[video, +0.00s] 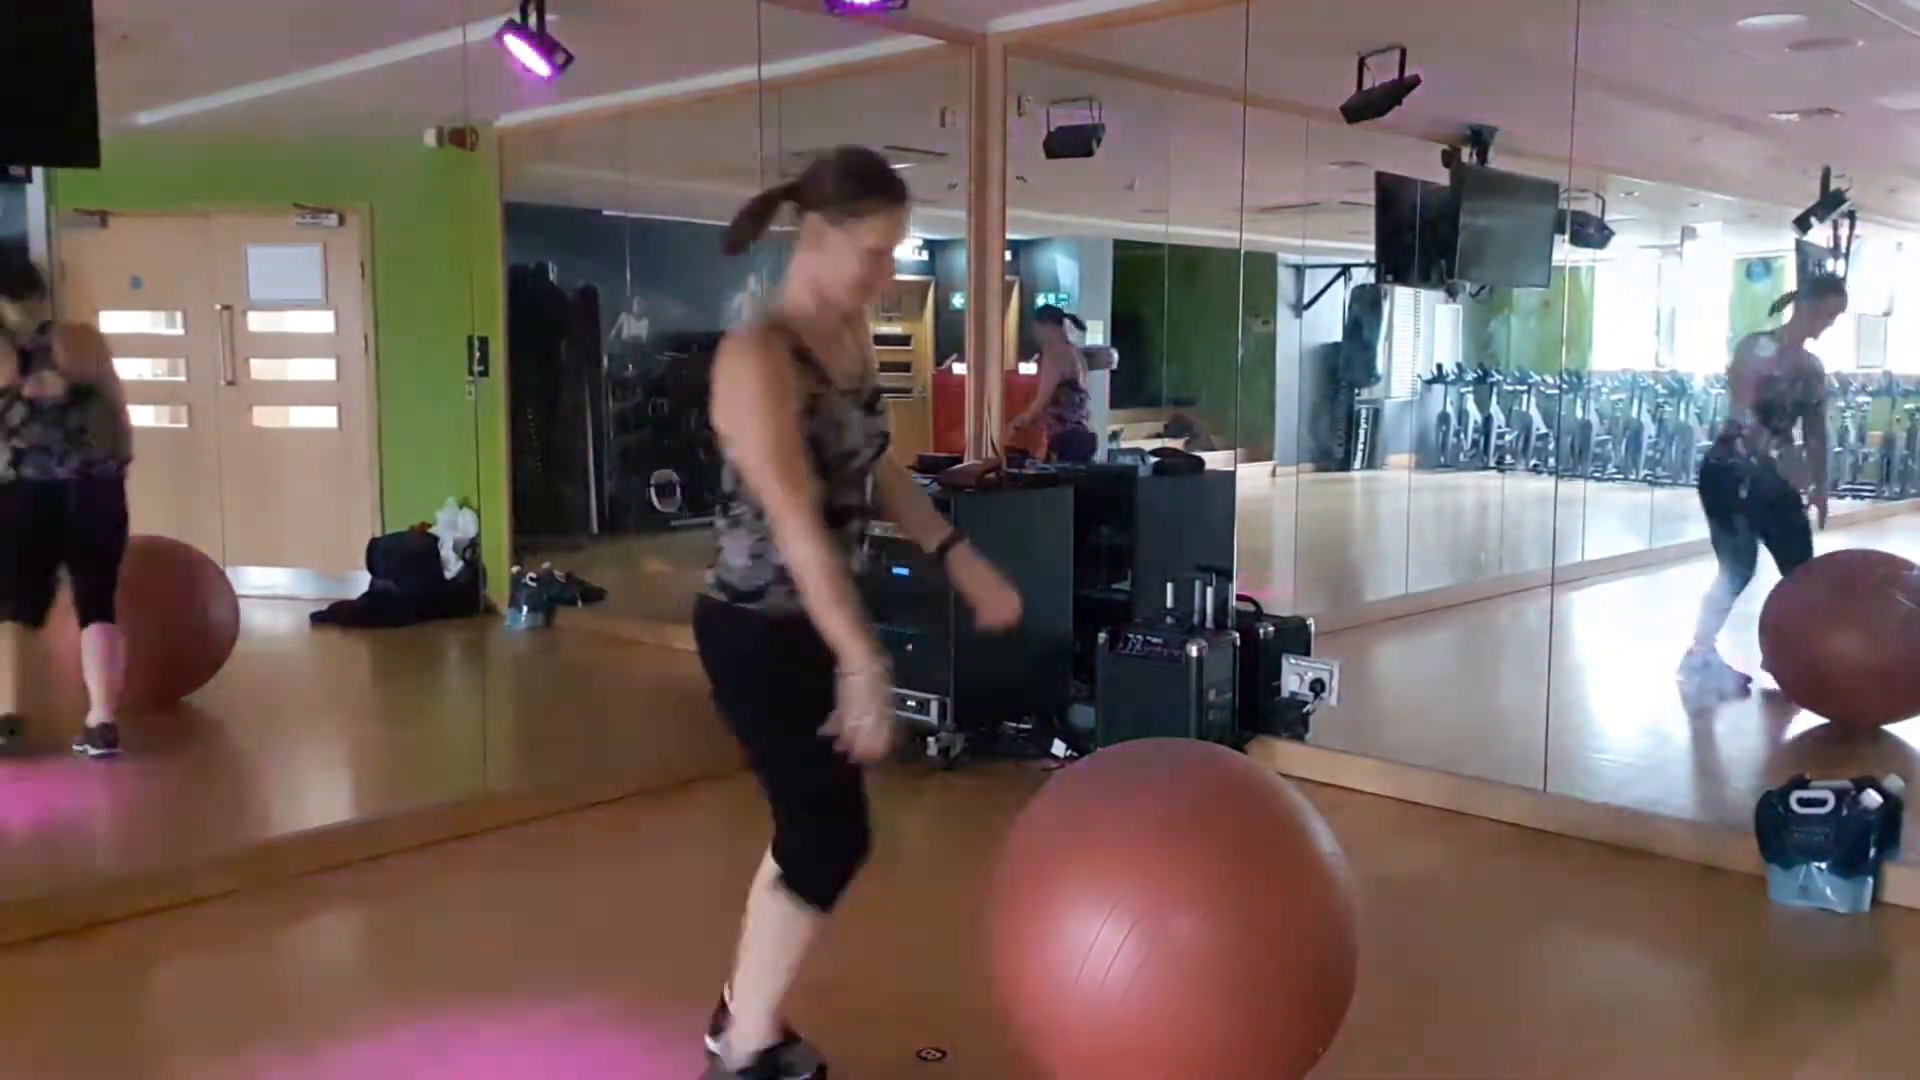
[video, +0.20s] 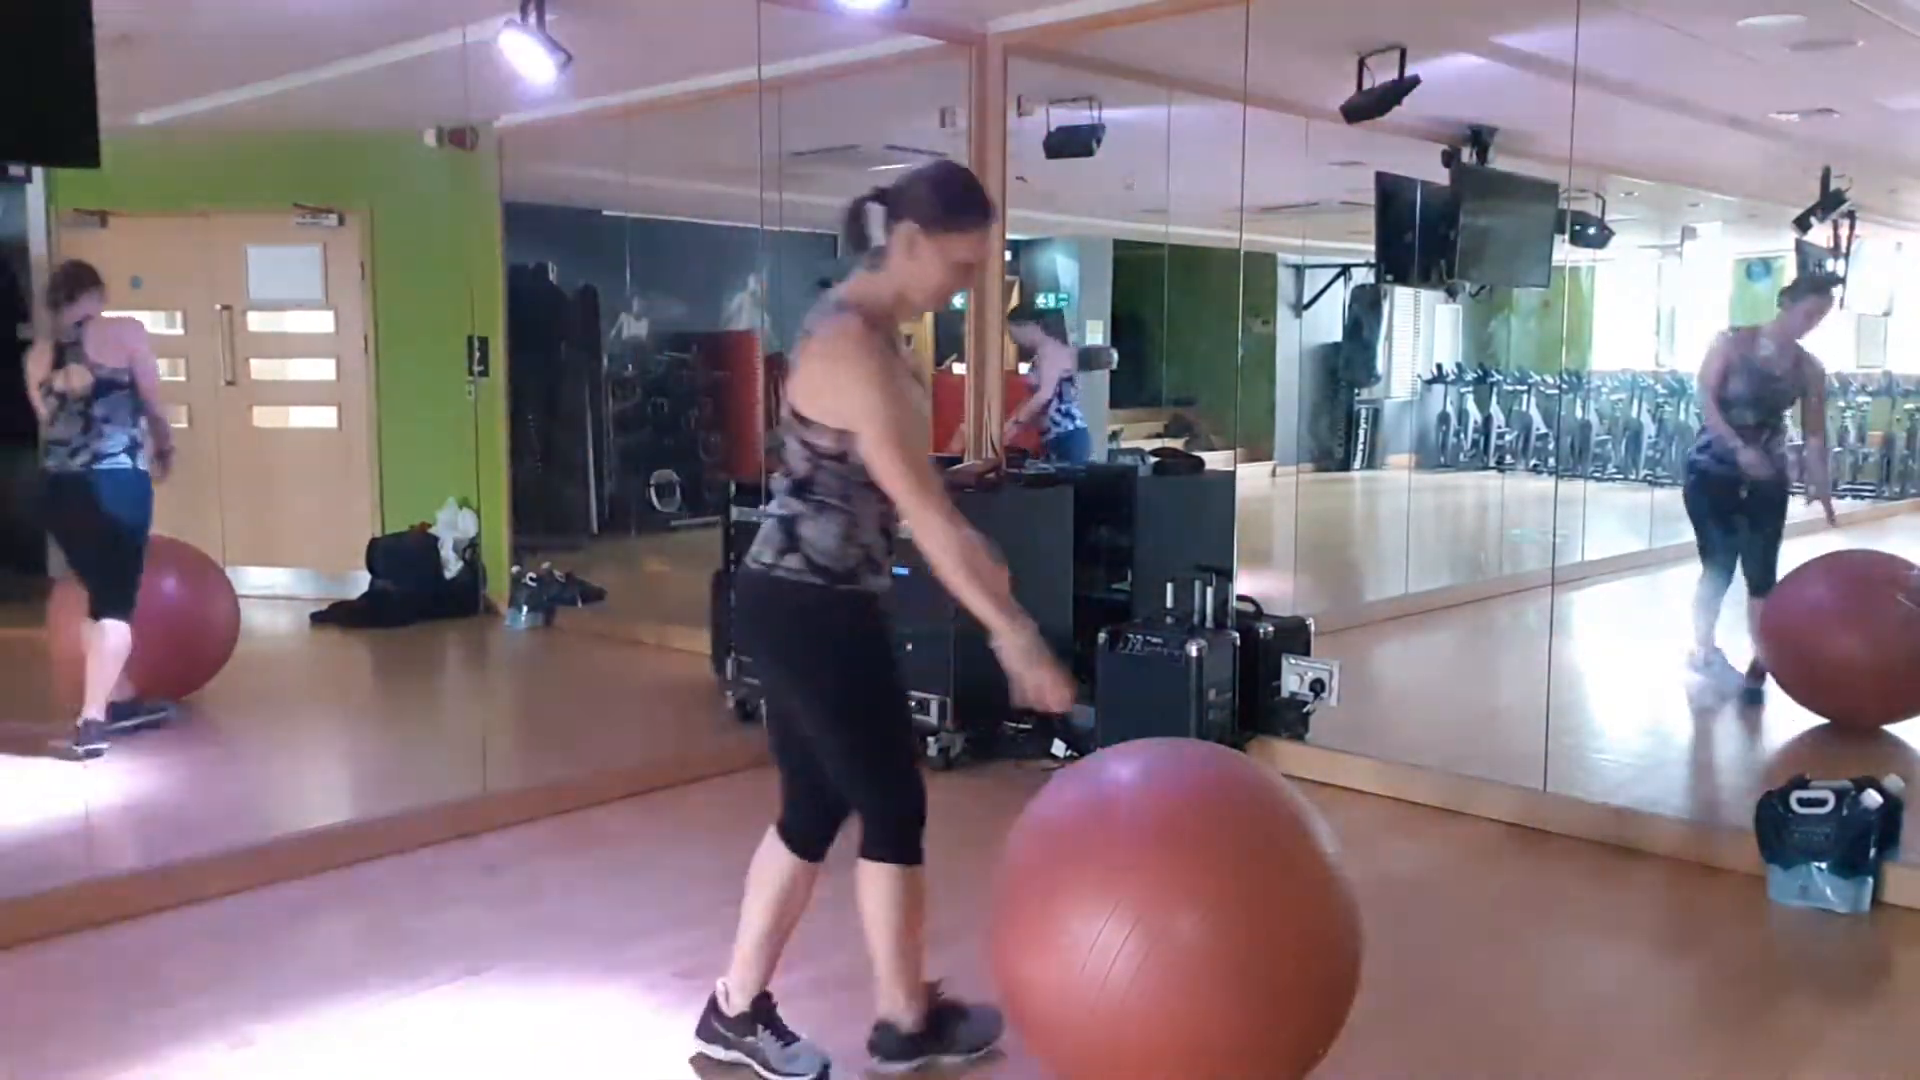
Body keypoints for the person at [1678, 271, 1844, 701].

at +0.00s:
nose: (1829, 324)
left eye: (1834, 317)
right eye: (1827, 314)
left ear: (1827, 316)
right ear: (1804, 304)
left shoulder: (1812, 370)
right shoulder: (1755, 348)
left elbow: (1816, 433)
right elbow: (1742, 417)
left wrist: (1819, 488)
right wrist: (1782, 461)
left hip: (1774, 474)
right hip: (1729, 470)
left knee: (1801, 570)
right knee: (1737, 567)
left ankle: (1797, 661)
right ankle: (1699, 655)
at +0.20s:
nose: (1812, 322)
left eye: (1819, 316)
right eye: (1809, 311)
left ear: (1821, 318)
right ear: (1788, 303)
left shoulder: (1809, 370)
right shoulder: (1731, 343)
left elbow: (1815, 435)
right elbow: (1706, 402)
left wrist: (1821, 490)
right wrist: (1741, 449)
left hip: (1767, 473)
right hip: (1714, 466)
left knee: (1762, 575)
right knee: (1720, 565)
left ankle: (1761, 658)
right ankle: (1702, 654)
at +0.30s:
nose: (1813, 335)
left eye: (1820, 328)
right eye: (1809, 324)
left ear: (1820, 329)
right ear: (1785, 314)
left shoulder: (1804, 378)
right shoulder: (1725, 346)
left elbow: (1818, 441)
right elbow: (1690, 405)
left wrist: (1831, 497)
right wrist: (1685, 466)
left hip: (1755, 472)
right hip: (1703, 466)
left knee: (1749, 576)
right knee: (1710, 569)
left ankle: (1747, 668)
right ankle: (1703, 644)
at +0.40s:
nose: (1809, 348)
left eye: (1814, 342)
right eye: (1808, 338)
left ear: (1807, 337)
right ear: (1787, 324)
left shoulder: (1794, 387)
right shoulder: (1717, 351)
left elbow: (1814, 448)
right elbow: (1675, 405)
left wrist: (1836, 507)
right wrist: (1667, 445)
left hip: (1740, 473)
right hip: (1687, 467)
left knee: (1741, 579)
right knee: (1690, 571)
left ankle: (1746, 668)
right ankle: (1683, 639)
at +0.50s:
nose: (1800, 356)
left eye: (1807, 349)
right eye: (1801, 345)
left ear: (1796, 344)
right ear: (1778, 333)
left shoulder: (1786, 391)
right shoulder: (1705, 353)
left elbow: (1811, 456)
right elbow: (1660, 401)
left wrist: (1837, 516)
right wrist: (1629, 451)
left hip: (1725, 478)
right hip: (1671, 470)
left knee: (1732, 579)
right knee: (1666, 566)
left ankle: (1744, 671)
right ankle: (1634, 646)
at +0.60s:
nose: (1788, 359)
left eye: (1796, 352)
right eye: (1789, 348)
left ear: (1788, 347)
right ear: (1769, 333)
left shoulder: (1772, 390)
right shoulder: (1694, 352)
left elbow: (1802, 457)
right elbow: (1647, 398)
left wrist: (1832, 516)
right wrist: (1616, 445)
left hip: (1705, 477)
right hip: (1650, 467)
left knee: (1721, 578)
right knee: (1636, 565)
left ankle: (1742, 671)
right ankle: (1593, 659)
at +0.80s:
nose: (1760, 368)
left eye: (1765, 361)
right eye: (1761, 357)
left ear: (1742, 349)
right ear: (1738, 343)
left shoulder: (1729, 393)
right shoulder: (1659, 356)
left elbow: (1742, 461)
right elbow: (1607, 408)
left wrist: (1776, 522)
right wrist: (1572, 464)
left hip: (1659, 491)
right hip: (1606, 483)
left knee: (1664, 589)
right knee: (1597, 581)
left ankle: (1699, 652)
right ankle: (1571, 673)